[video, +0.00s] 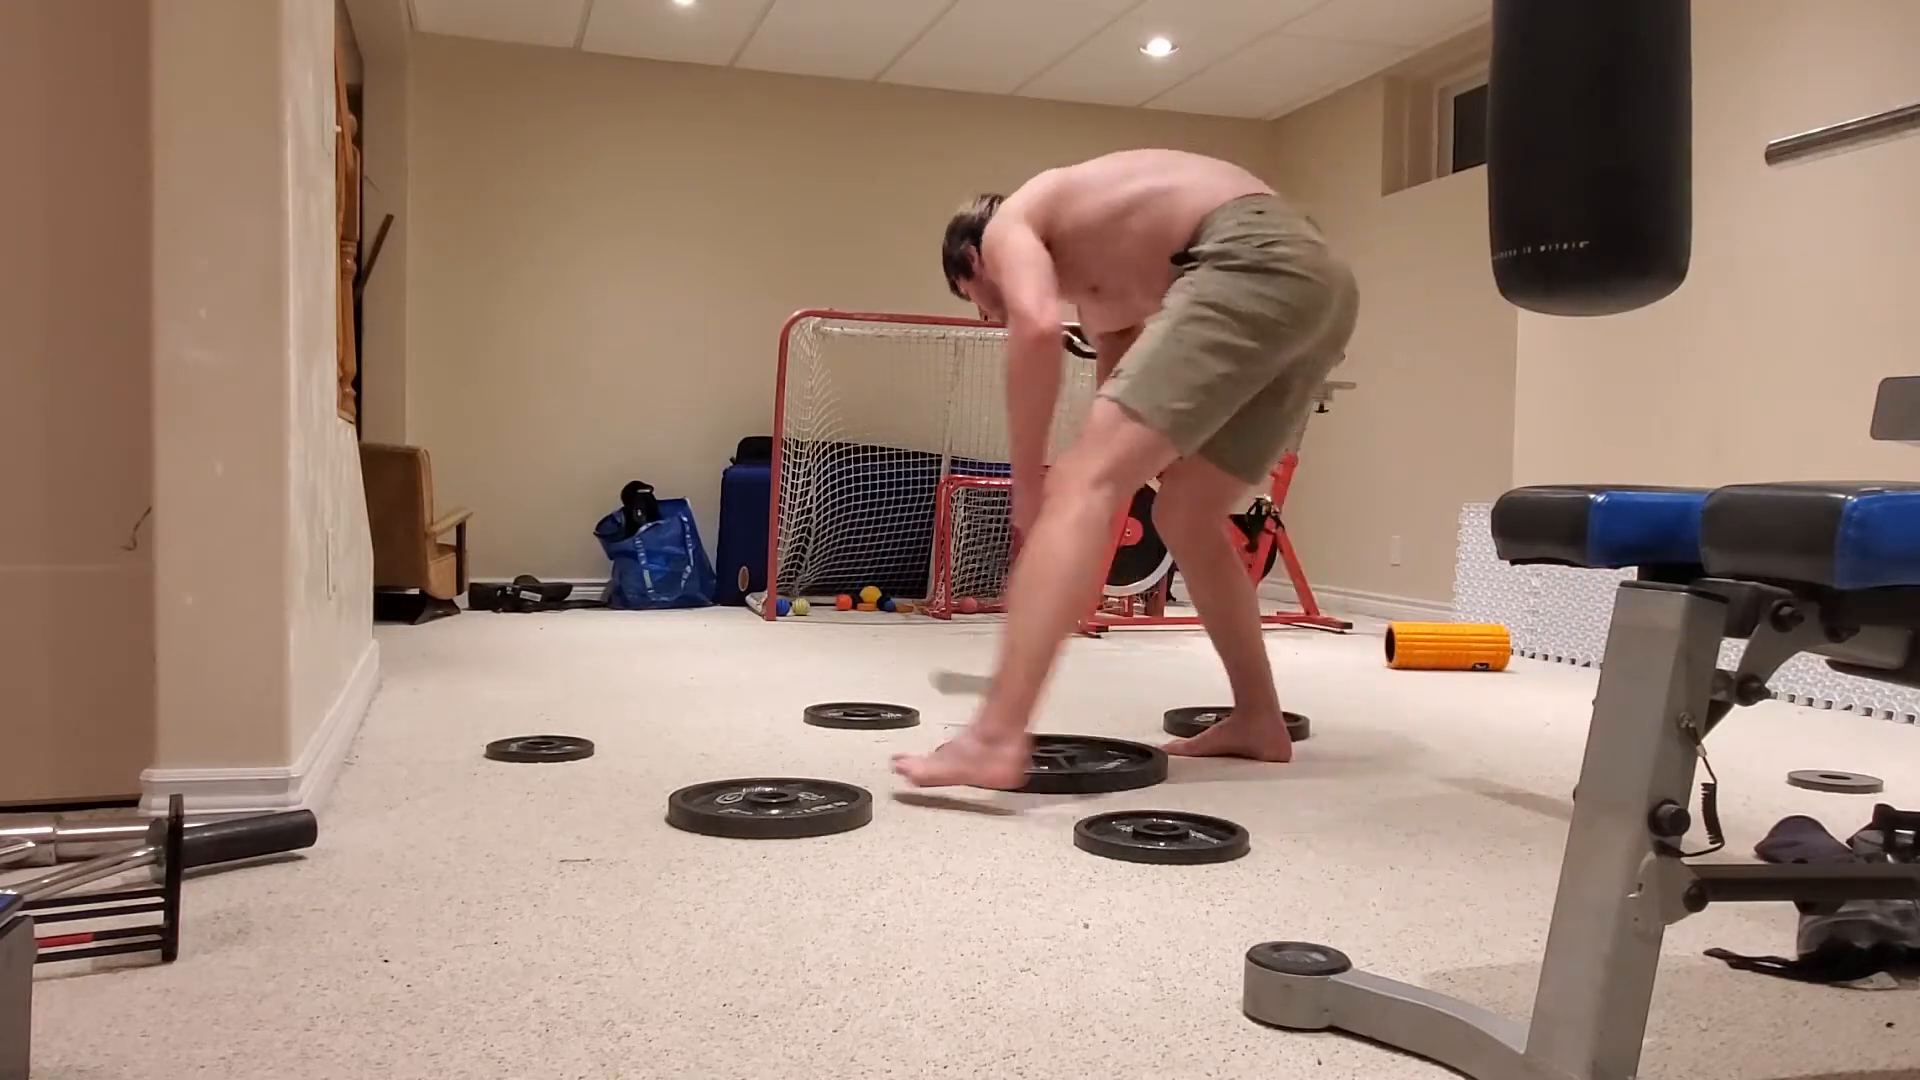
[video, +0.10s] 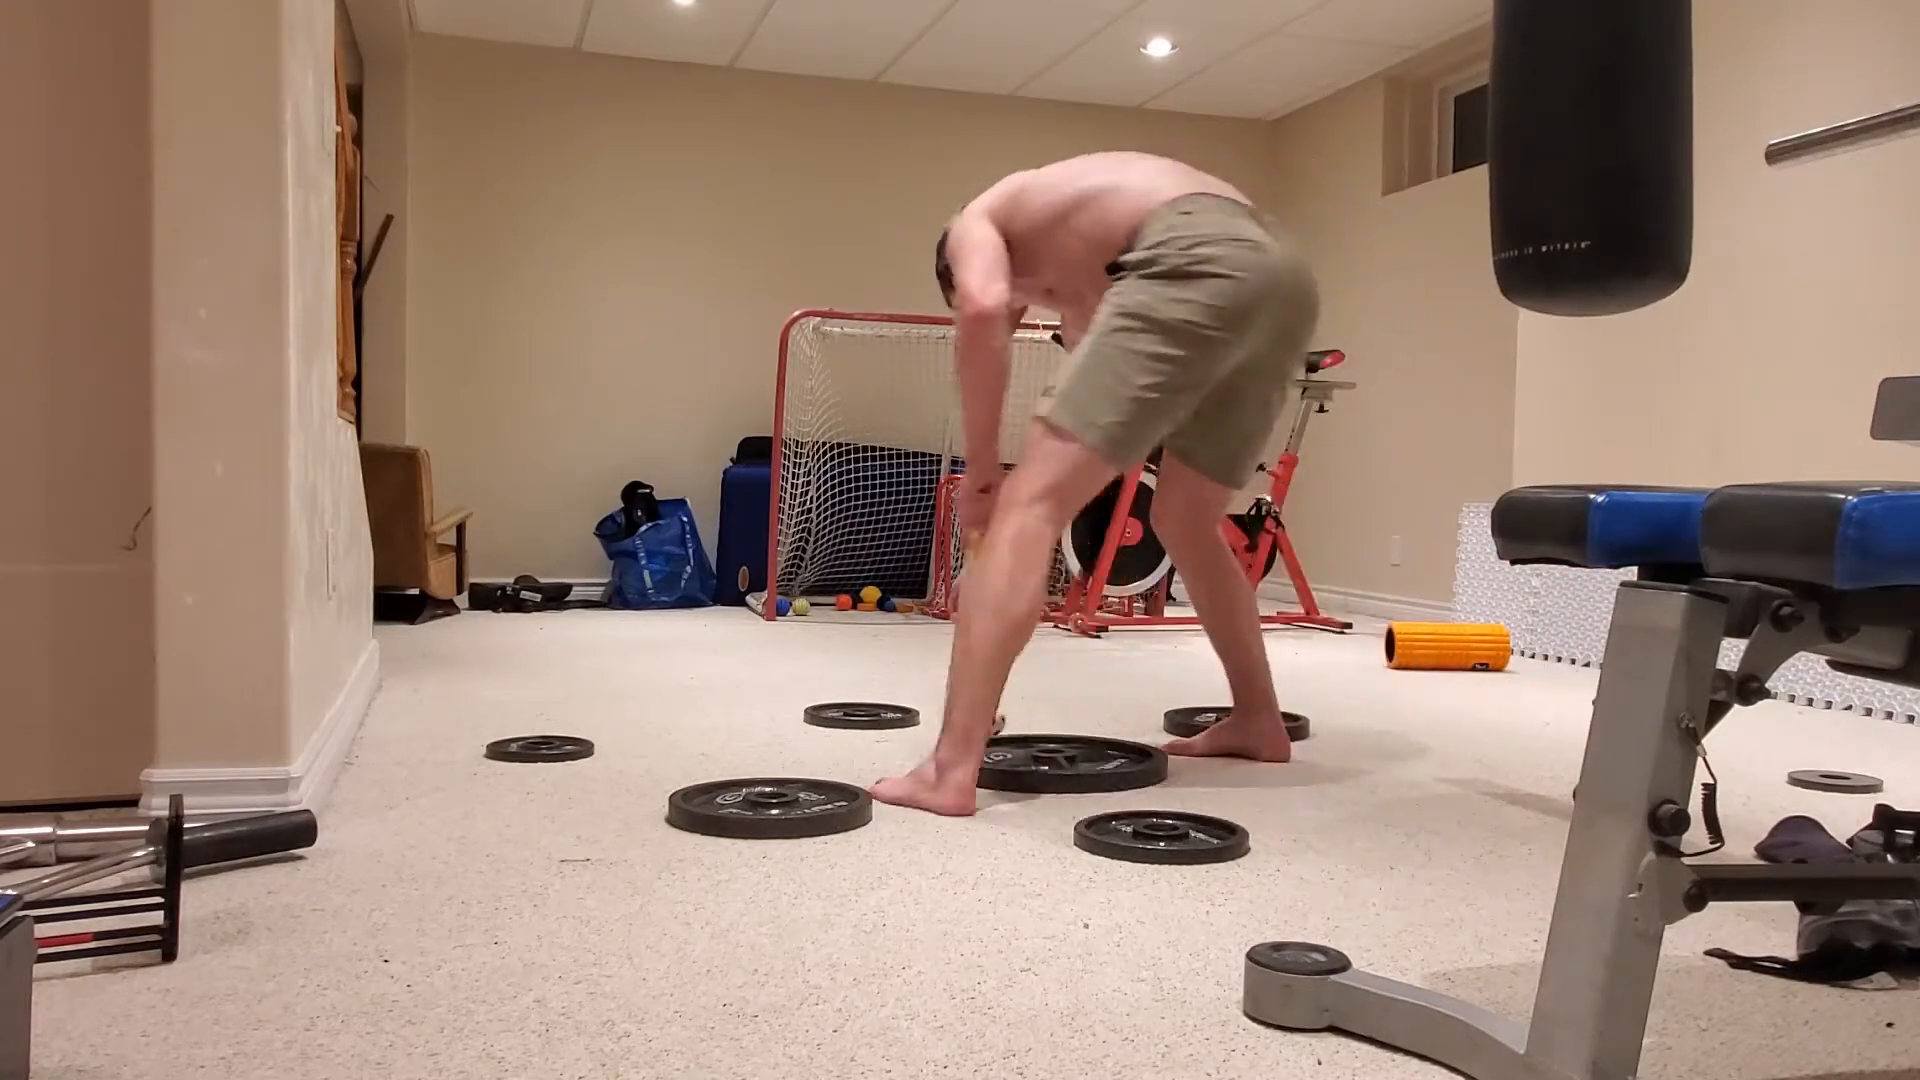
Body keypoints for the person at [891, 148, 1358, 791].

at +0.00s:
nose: (990, 312)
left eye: (974, 297)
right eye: (977, 304)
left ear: (973, 259)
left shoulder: (1008, 227)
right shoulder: (1109, 296)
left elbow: (1037, 329)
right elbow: (1118, 401)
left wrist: (1027, 493)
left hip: (1255, 263)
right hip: (1324, 286)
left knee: (1085, 478)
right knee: (1189, 506)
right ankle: (1258, 721)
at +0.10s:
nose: (1009, 314)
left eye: (994, 309)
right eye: (999, 306)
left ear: (955, 252)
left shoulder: (976, 224)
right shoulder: (1081, 282)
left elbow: (985, 307)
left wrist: (979, 475)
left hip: (1197, 259)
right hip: (1288, 277)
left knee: (1031, 499)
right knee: (1187, 515)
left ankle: (950, 769)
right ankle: (1258, 720)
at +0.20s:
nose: (985, 336)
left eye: (972, 327)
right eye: (987, 334)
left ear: (960, 291)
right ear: (1005, 289)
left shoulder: (943, 234)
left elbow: (922, 328)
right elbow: (1103, 449)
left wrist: (945, 493)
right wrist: (1018, 562)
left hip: (1131, 228)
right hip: (1241, 239)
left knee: (985, 500)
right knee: (1225, 511)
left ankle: (948, 774)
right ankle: (1251, 724)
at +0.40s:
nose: (960, 320)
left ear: (948, 283)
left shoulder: (932, 253)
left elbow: (911, 380)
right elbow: (1143, 421)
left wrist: (1003, 504)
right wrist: (1119, 552)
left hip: (1060, 198)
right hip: (1187, 194)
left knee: (957, 510)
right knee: (1238, 521)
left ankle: (947, 771)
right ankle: (1334, 753)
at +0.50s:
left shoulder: (952, 233)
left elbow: (931, 376)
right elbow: (1186, 395)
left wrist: (1034, 502)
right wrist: (1189, 560)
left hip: (1043, 195)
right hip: (1175, 183)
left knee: (953, 508)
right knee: (1238, 520)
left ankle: (945, 771)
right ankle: (1325, 780)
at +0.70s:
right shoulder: (1231, 237)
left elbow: (1057, 417)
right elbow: (1280, 429)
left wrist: (1179, 527)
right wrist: (1318, 606)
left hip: (1041, 207)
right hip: (1180, 212)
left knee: (955, 509)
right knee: (1255, 522)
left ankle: (939, 769)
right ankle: (1328, 786)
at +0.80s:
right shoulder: (1296, 272)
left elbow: (1081, 407)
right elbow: (1315, 442)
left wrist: (1181, 523)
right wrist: (1324, 605)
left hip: (1062, 204)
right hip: (1201, 205)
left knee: (977, 506)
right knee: (1272, 512)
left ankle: (931, 768)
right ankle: (1333, 787)